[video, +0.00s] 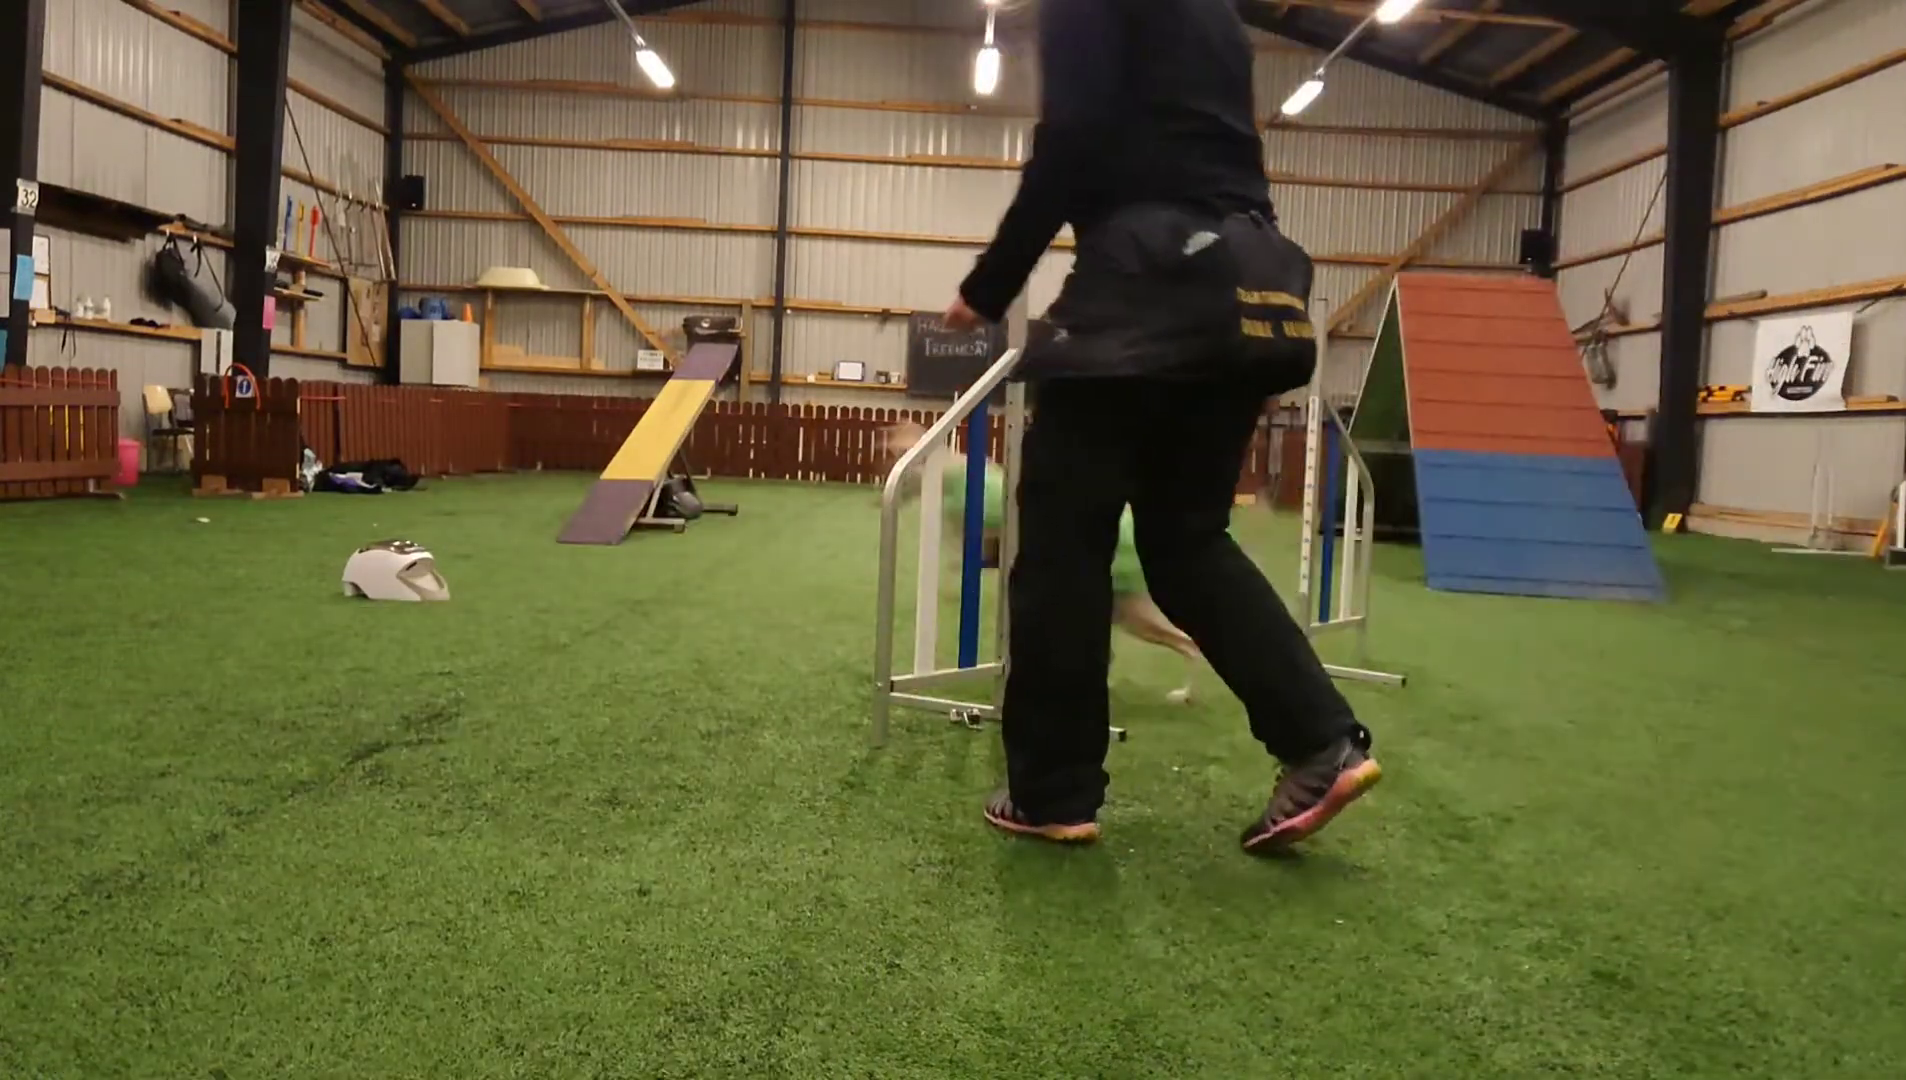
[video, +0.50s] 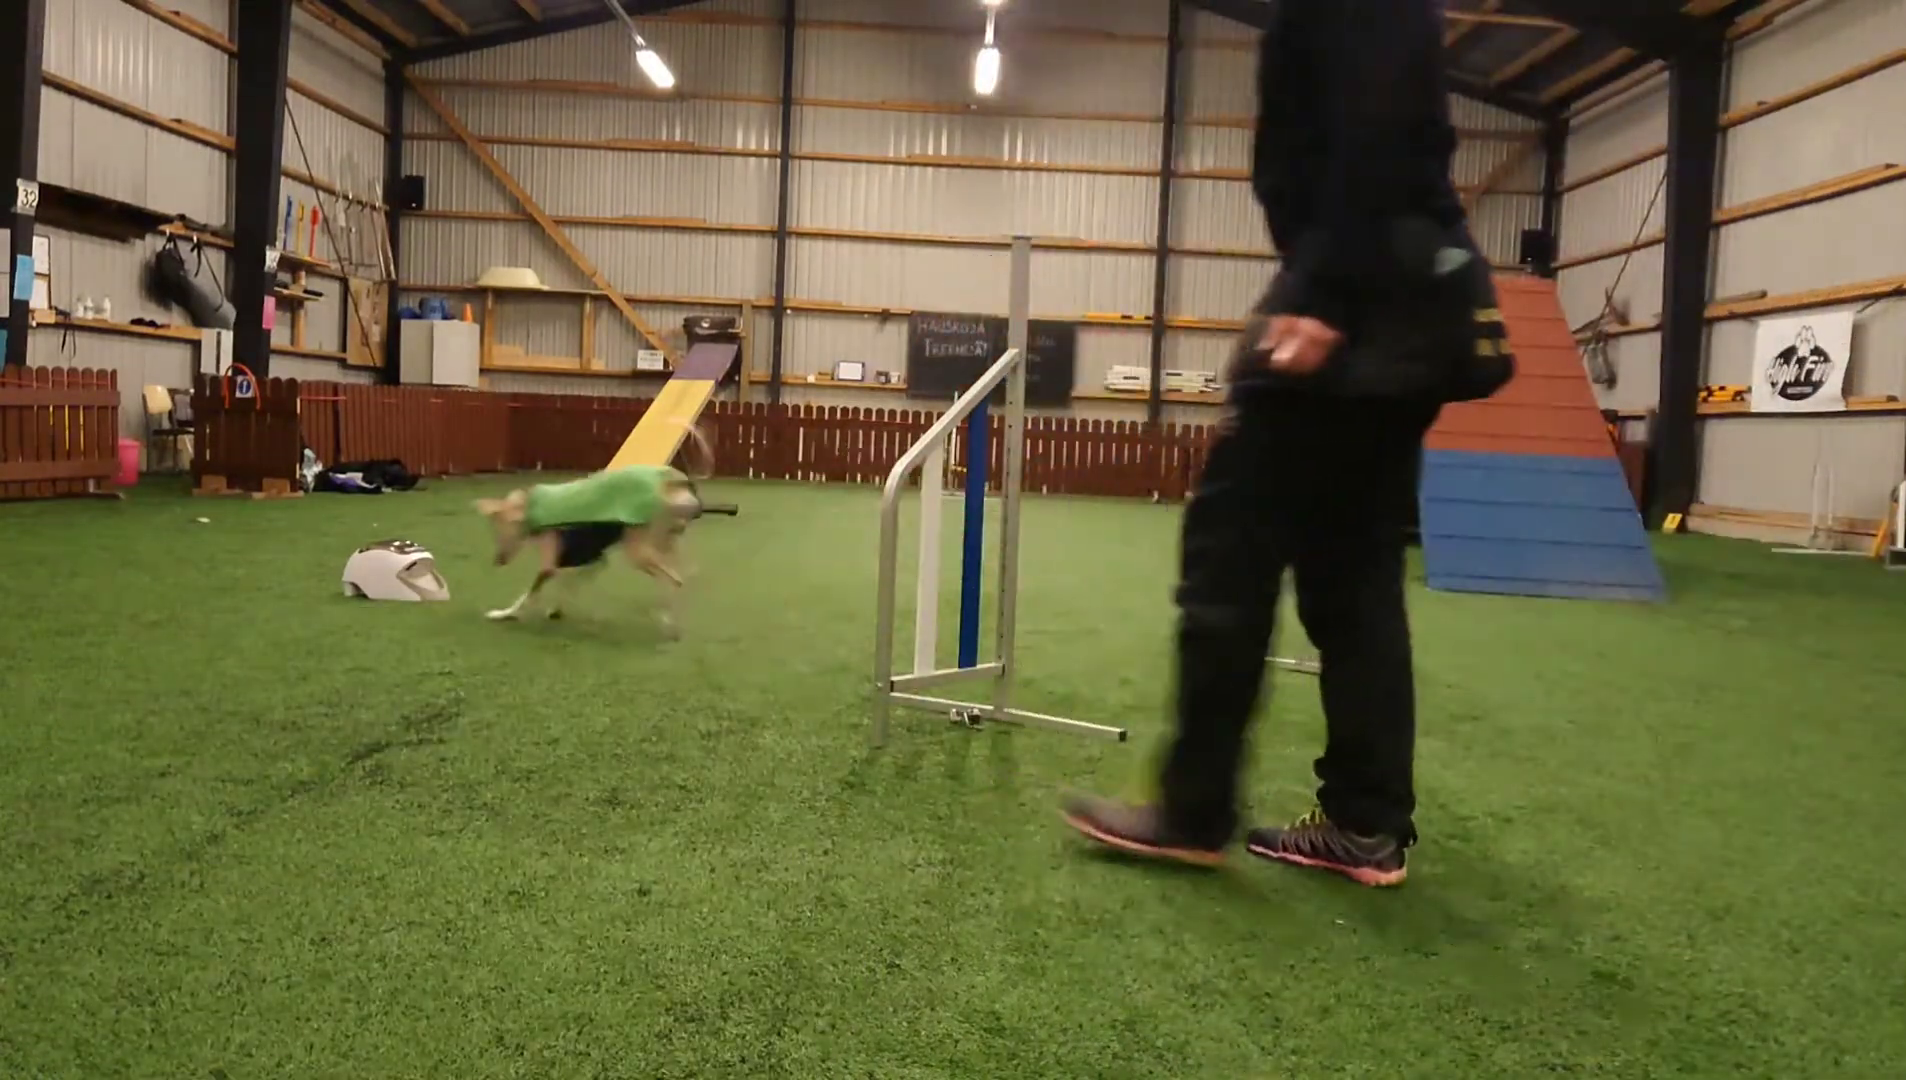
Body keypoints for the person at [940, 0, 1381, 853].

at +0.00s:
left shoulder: (1079, 7)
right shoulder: (1216, 18)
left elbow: (1075, 137)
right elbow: (1212, 156)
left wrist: (984, 291)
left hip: (1133, 303)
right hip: (1252, 307)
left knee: (1060, 548)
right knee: (1185, 541)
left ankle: (1056, 794)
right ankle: (1322, 746)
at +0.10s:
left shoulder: (1126, 7)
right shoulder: (1251, 18)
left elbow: (1120, 138)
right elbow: (1241, 152)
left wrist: (1029, 290)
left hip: (1162, 303)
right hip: (1268, 306)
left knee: (1077, 542)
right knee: (1208, 548)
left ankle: (1057, 794)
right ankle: (1335, 765)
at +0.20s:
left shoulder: (1181, 12)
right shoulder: (1289, 19)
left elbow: (1184, 164)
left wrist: (1092, 302)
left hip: (1193, 317)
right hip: (1293, 321)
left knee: (1103, 548)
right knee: (1254, 563)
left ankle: (1060, 792)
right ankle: (1352, 797)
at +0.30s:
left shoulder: (1235, 17)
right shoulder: (1318, 20)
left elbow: (1251, 163)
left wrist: (1182, 312)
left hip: (1236, 341)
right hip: (1329, 342)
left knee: (1140, 572)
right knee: (1295, 581)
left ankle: (1066, 788)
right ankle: (1362, 815)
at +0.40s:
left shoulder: (1291, 19)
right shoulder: (1348, 24)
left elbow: (1316, 155)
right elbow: (1352, 173)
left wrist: (1256, 309)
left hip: (1290, 349)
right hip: (1356, 351)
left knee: (1184, 558)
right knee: (1323, 585)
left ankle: (1109, 791)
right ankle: (1364, 824)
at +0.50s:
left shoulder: (1348, 16)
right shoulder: (1384, 20)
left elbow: (1370, 140)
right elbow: (1395, 145)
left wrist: (1322, 295)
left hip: (1342, 316)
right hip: (1394, 320)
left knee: (1227, 535)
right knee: (1353, 571)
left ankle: (1192, 813)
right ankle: (1367, 827)